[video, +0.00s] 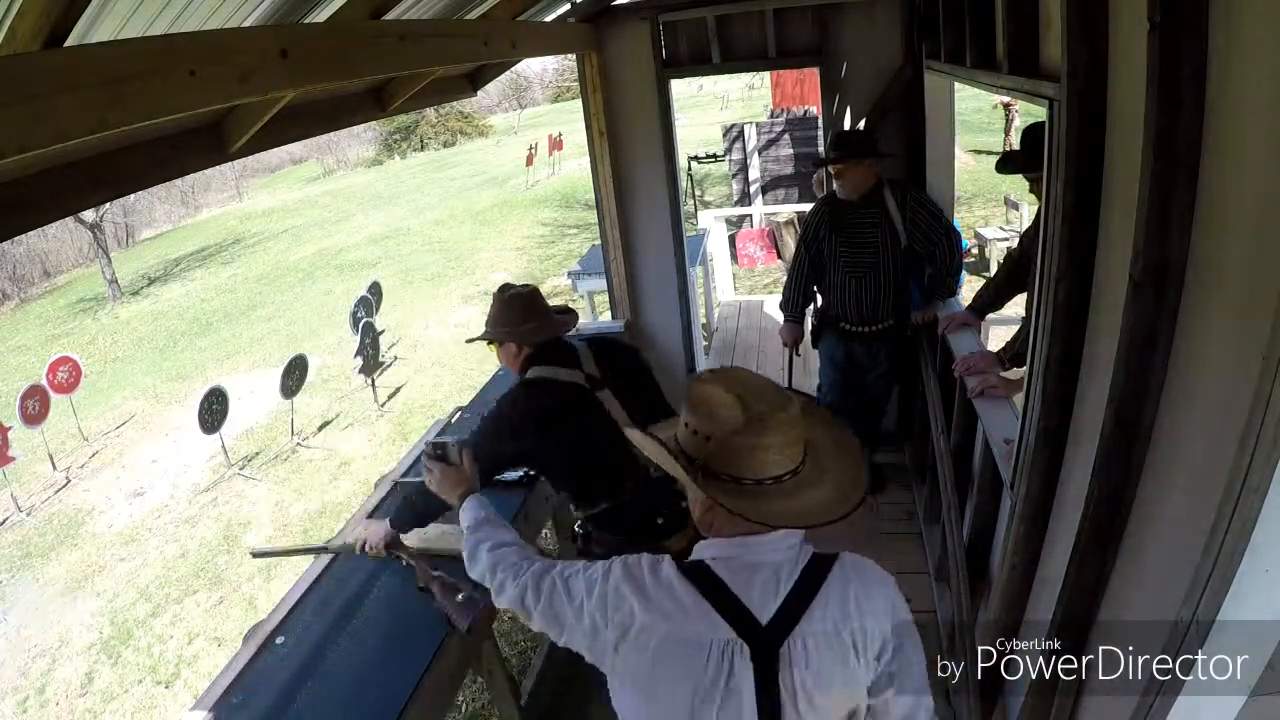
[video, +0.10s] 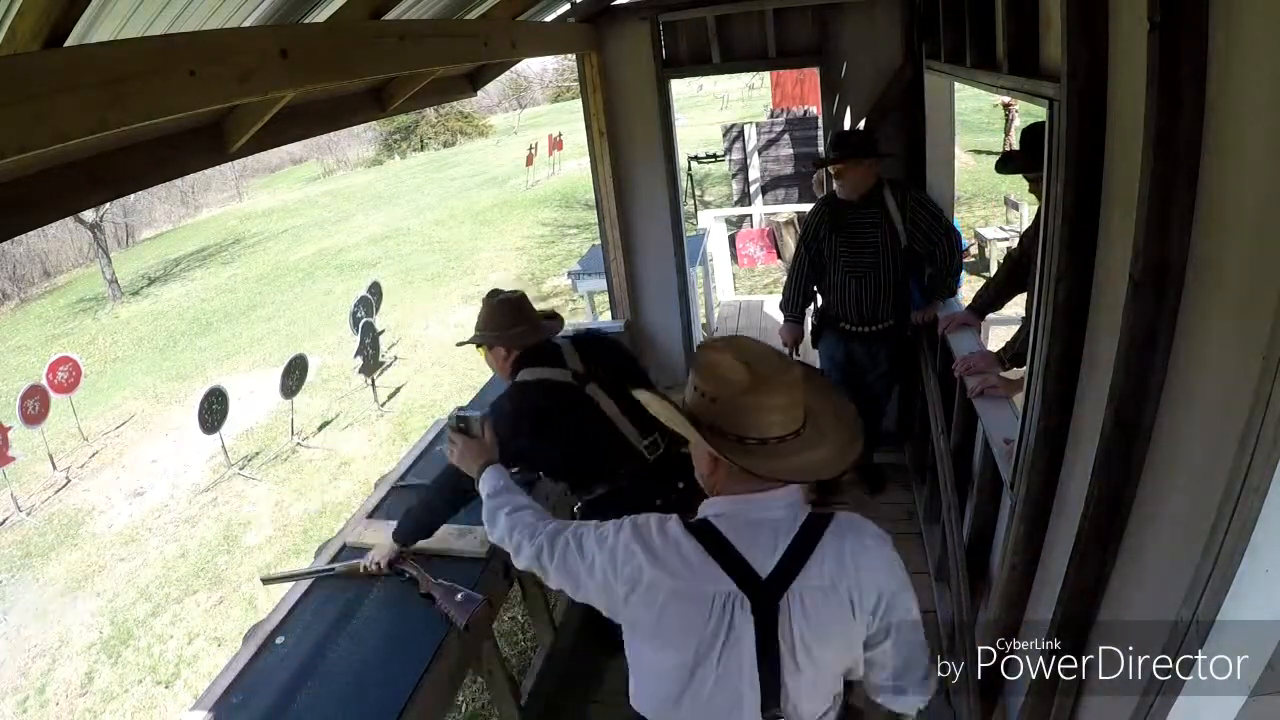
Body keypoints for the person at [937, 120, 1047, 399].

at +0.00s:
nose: (1031, 189)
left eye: (1035, 180)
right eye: (1029, 180)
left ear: (1056, 175)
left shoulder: (1069, 224)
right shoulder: (1051, 213)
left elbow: (1054, 306)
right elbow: (1020, 261)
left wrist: (1004, 357)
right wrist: (976, 310)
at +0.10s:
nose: (1030, 188)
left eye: (1034, 179)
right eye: (1028, 180)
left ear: (1055, 175)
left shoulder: (1069, 225)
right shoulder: (1051, 214)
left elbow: (1053, 307)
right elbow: (1020, 262)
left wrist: (1004, 357)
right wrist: (976, 310)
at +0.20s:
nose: (1030, 188)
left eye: (1034, 179)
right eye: (1028, 179)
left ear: (1055, 174)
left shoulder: (1069, 225)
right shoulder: (1050, 215)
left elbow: (1053, 306)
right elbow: (1020, 263)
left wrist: (1004, 357)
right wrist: (976, 310)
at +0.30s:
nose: (1030, 188)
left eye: (1034, 179)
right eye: (1027, 179)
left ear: (1056, 175)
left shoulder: (1069, 226)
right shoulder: (1049, 215)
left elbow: (1053, 306)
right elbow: (1019, 263)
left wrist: (1004, 357)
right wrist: (976, 310)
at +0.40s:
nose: (1028, 186)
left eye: (1032, 177)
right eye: (1027, 177)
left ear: (1054, 173)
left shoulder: (1068, 223)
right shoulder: (1050, 215)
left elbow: (1053, 306)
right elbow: (1019, 263)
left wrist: (1003, 358)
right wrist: (975, 311)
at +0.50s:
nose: (1027, 185)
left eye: (1031, 176)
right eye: (1026, 177)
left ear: (1051, 174)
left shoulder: (1067, 223)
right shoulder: (1049, 214)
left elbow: (1052, 306)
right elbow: (1019, 263)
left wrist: (1003, 358)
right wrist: (975, 311)